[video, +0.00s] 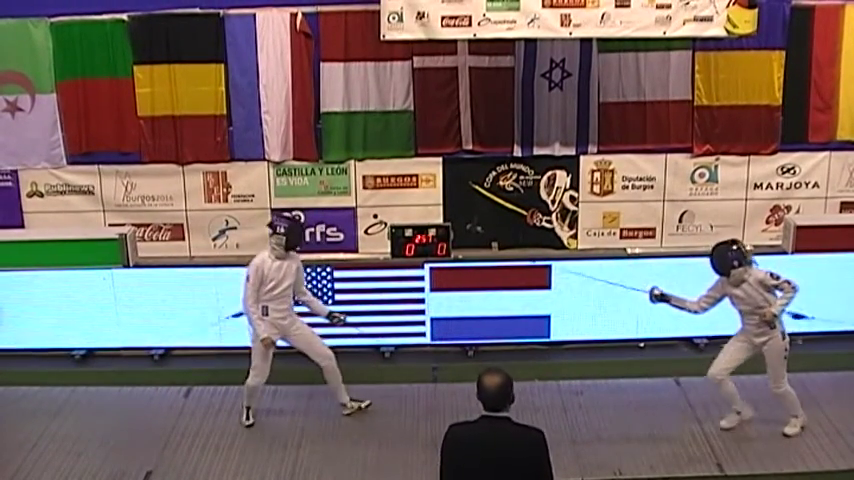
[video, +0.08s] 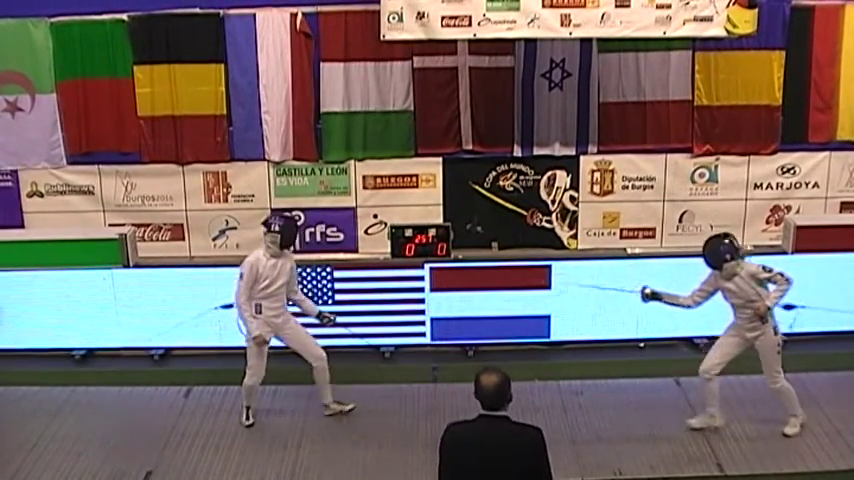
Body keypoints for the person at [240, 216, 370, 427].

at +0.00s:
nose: (274, 241)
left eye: (280, 238)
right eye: (273, 236)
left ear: (290, 242)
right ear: (270, 237)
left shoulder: (295, 263)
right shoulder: (259, 264)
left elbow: (302, 294)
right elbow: (249, 303)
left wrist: (328, 313)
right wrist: (262, 332)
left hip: (290, 321)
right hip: (265, 324)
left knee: (326, 357)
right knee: (257, 377)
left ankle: (346, 403)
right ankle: (248, 407)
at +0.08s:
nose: (271, 238)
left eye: (277, 234)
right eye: (269, 233)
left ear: (286, 239)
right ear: (264, 234)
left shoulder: (288, 262)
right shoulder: (252, 262)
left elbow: (294, 294)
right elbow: (241, 300)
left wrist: (318, 314)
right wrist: (254, 330)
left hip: (282, 319)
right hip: (257, 321)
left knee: (319, 357)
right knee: (255, 375)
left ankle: (328, 404)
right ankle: (247, 408)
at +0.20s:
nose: (266, 247)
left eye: (271, 245)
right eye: (263, 242)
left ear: (281, 246)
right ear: (259, 241)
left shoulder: (282, 264)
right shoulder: (248, 265)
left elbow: (288, 296)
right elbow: (236, 304)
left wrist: (313, 315)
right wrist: (243, 337)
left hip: (277, 321)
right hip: (252, 324)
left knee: (309, 362)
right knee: (253, 378)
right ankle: (247, 408)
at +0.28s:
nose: (262, 251)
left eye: (268, 249)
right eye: (260, 246)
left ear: (278, 250)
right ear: (256, 244)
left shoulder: (281, 265)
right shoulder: (247, 269)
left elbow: (289, 299)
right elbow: (233, 309)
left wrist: (314, 317)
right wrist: (240, 342)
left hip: (275, 327)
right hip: (251, 328)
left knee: (306, 367)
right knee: (252, 382)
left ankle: (283, 404)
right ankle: (247, 409)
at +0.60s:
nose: (275, 239)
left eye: (281, 235)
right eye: (273, 234)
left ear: (291, 238)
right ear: (270, 234)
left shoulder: (298, 258)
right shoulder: (260, 262)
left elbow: (315, 286)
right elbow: (251, 302)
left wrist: (347, 294)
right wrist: (263, 330)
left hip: (294, 319)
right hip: (269, 322)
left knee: (328, 356)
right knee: (260, 377)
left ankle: (328, 403)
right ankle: (248, 407)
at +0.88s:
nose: (280, 239)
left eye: (286, 235)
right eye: (278, 233)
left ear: (295, 239)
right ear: (273, 235)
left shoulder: (301, 258)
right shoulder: (263, 264)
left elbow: (326, 283)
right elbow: (257, 304)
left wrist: (360, 290)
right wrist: (271, 331)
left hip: (298, 320)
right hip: (274, 324)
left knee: (333, 355)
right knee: (259, 379)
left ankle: (328, 404)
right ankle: (237, 404)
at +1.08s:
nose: (262, 248)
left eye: (267, 244)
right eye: (259, 242)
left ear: (274, 248)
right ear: (254, 244)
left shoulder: (280, 268)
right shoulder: (245, 273)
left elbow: (293, 299)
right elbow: (236, 314)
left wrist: (325, 309)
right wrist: (248, 340)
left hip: (279, 329)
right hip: (254, 333)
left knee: (320, 357)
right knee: (242, 387)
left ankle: (328, 404)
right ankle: (221, 405)